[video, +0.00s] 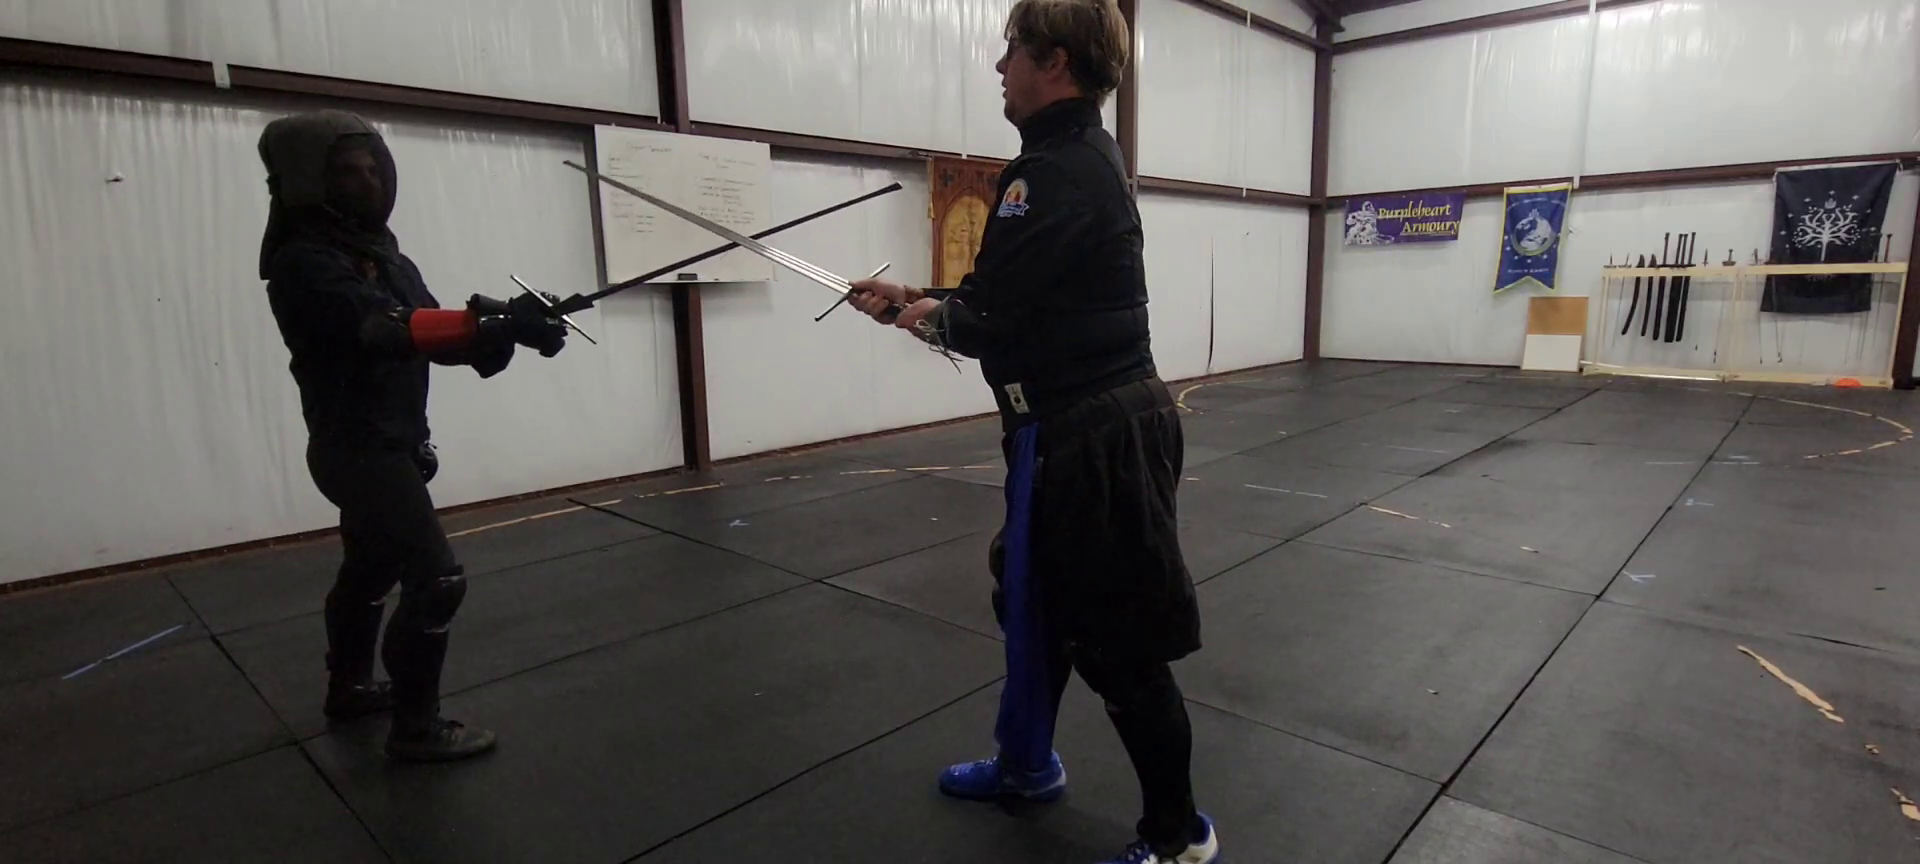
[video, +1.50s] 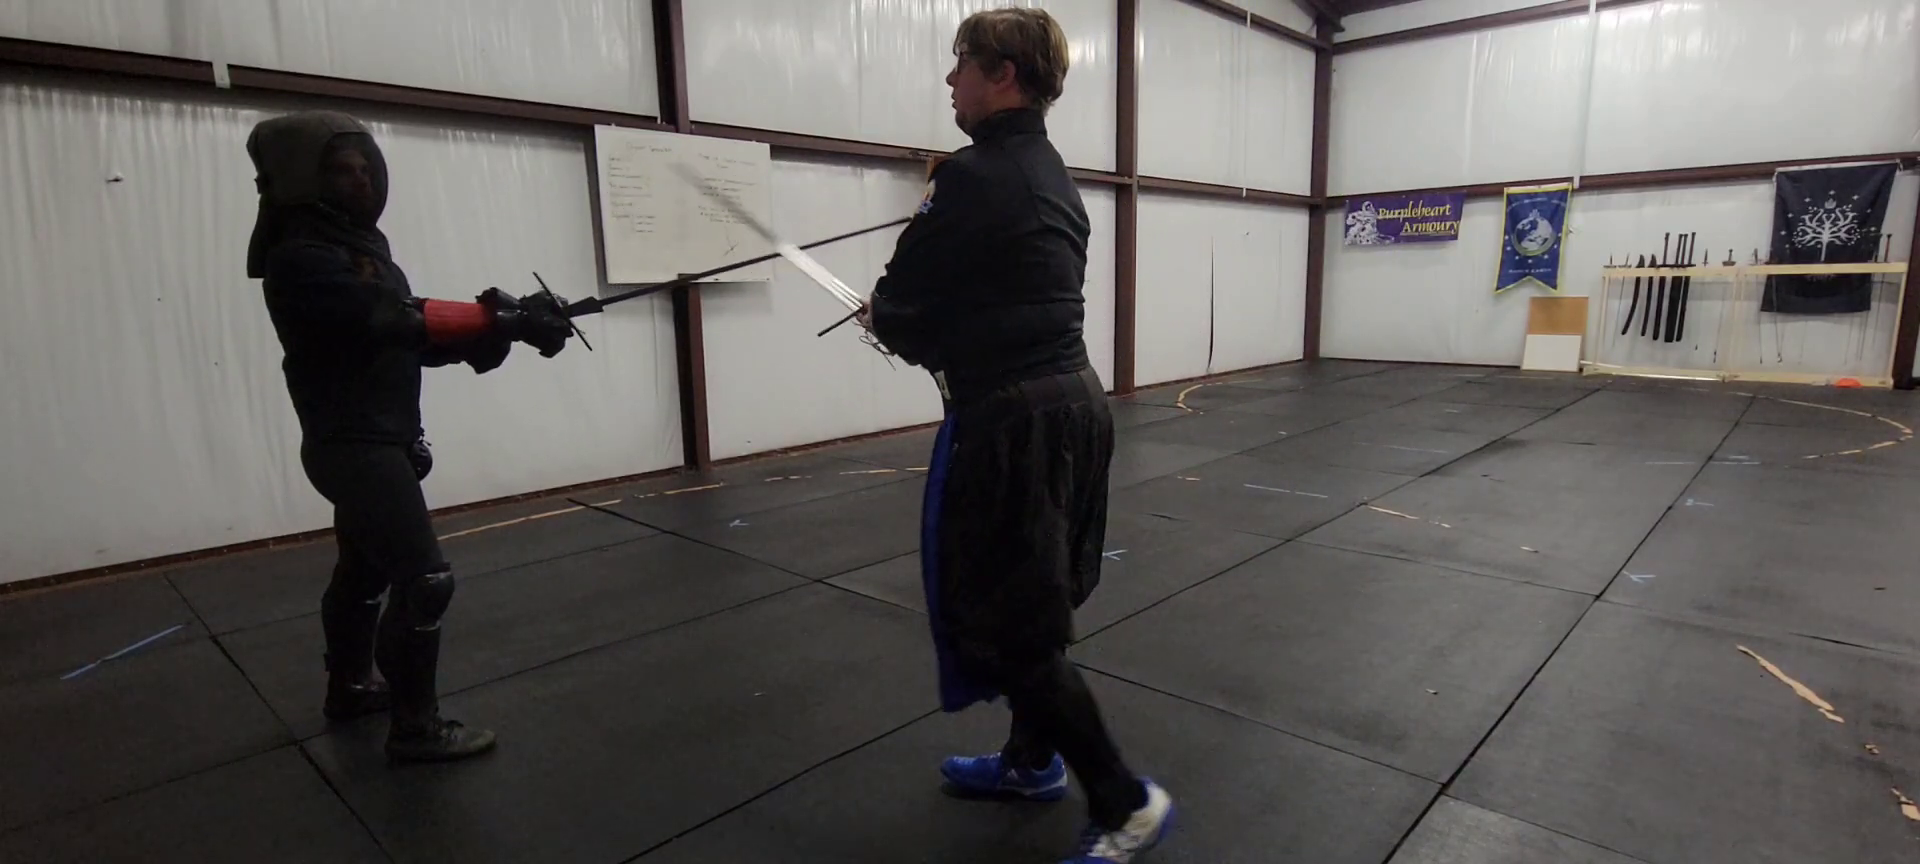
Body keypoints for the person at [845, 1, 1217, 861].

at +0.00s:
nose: (999, 67)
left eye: (1012, 54)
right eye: (1005, 53)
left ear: (1055, 67)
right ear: (1059, 69)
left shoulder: (1054, 174)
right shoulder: (1071, 159)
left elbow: (999, 323)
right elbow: (994, 294)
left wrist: (933, 319)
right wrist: (912, 301)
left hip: (1092, 429)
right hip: (1089, 417)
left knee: (1117, 632)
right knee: (1026, 593)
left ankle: (1175, 831)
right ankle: (1026, 763)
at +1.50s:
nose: (949, 79)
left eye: (963, 66)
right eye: (955, 65)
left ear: (1007, 79)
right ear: (1024, 83)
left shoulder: (972, 177)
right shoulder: (1054, 174)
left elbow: (899, 307)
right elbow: (1017, 292)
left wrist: (886, 314)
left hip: (1008, 420)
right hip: (1074, 402)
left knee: (1017, 620)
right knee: (1032, 591)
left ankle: (1126, 802)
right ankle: (1030, 761)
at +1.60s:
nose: (935, 76)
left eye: (948, 63)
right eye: (940, 62)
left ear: (989, 76)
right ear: (1006, 82)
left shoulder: (959, 181)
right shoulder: (1042, 175)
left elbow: (888, 305)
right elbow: (1006, 288)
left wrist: (881, 340)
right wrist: (915, 318)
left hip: (994, 424)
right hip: (1065, 406)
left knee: (970, 609)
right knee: (1027, 593)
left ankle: (1049, 827)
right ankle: (1022, 759)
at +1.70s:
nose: (918, 77)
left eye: (930, 64)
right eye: (923, 63)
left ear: (971, 76)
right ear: (989, 82)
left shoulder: (944, 182)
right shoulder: (1026, 176)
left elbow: (872, 301)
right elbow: (987, 290)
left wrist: (852, 333)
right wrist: (891, 318)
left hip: (980, 426)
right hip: (1053, 407)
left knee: (941, 623)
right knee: (1014, 593)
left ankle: (954, 833)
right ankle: (1031, 761)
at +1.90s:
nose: (885, 84)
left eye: (893, 69)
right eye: (888, 68)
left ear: (932, 75)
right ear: (961, 81)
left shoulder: (905, 182)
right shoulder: (995, 174)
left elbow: (825, 303)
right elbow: (910, 273)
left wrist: (762, 315)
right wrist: (798, 289)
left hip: (934, 433)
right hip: (1027, 417)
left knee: (861, 639)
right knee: (988, 602)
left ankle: (842, 845)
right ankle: (1024, 760)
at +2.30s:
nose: (773, 63)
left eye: (776, 44)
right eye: (774, 45)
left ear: (801, 45)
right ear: (874, 50)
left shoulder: (762, 166)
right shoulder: (930, 144)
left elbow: (730, 288)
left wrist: (720, 212)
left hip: (852, 441)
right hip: (982, 419)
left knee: (825, 696)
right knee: (1032, 690)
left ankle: (836, 857)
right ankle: (1087, 850)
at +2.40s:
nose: (770, 68)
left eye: (771, 47)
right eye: (771, 48)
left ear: (793, 46)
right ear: (875, 47)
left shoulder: (746, 176)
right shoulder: (936, 146)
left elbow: (741, 314)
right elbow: (949, 273)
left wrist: (849, 278)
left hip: (843, 450)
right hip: (979, 428)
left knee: (817, 703)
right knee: (1029, 705)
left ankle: (835, 855)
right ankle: (1088, 848)